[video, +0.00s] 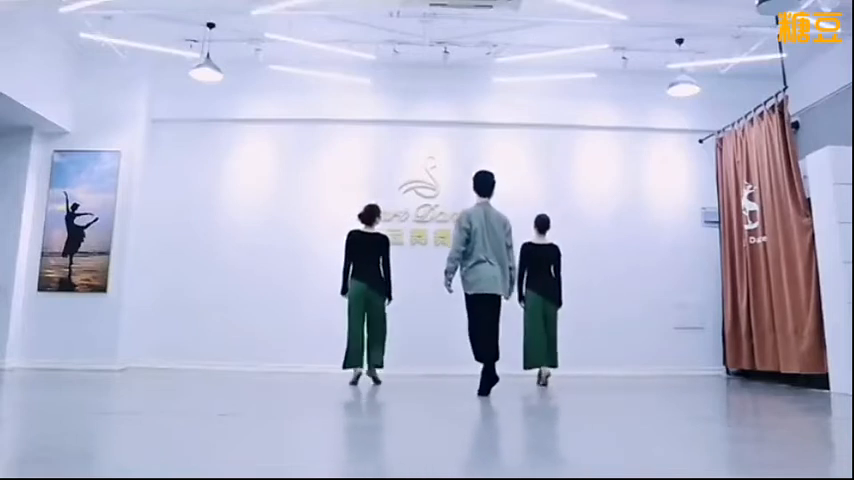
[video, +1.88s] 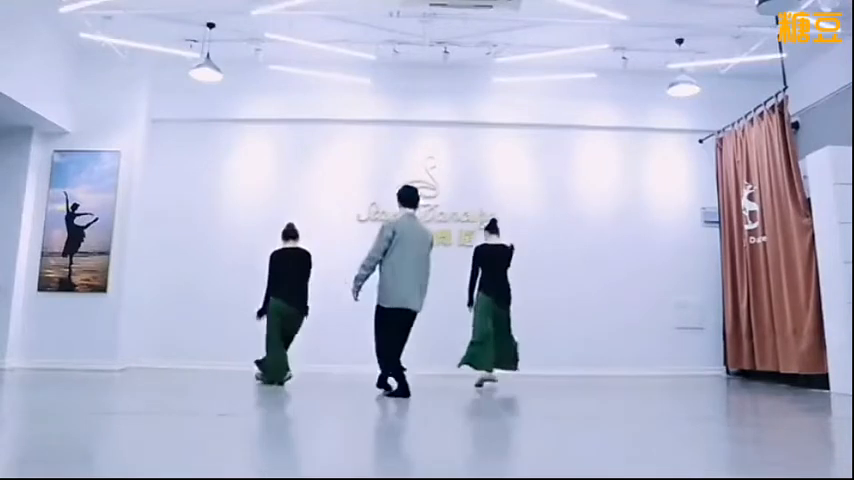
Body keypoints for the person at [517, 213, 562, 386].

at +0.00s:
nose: (538, 229)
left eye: (536, 226)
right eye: (542, 226)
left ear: (534, 227)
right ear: (548, 228)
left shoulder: (527, 247)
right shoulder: (554, 249)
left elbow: (521, 272)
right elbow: (558, 275)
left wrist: (520, 293)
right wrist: (559, 296)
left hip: (533, 292)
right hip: (550, 293)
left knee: (536, 330)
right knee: (548, 330)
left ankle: (542, 367)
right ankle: (545, 367)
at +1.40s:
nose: (516, 239)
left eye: (516, 237)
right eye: (519, 237)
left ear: (517, 238)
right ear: (531, 239)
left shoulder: (511, 259)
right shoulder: (537, 259)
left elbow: (507, 285)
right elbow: (547, 280)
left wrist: (507, 306)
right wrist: (556, 299)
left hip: (518, 303)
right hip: (537, 303)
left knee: (517, 338)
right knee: (539, 339)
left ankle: (519, 369)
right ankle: (539, 377)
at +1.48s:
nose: (512, 239)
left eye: (512, 236)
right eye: (515, 236)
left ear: (514, 238)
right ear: (527, 239)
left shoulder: (508, 259)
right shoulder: (534, 258)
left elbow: (505, 285)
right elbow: (547, 277)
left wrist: (504, 306)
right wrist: (559, 293)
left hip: (518, 303)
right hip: (535, 303)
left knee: (513, 337)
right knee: (538, 339)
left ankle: (513, 369)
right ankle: (538, 377)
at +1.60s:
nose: (503, 232)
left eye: (503, 230)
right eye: (504, 229)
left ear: (506, 230)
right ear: (518, 230)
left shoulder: (500, 249)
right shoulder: (525, 248)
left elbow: (494, 274)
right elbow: (542, 256)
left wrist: (492, 295)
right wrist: (553, 263)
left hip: (506, 296)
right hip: (524, 297)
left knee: (499, 332)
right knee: (531, 334)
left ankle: (489, 367)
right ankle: (537, 371)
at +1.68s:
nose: (499, 229)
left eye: (499, 227)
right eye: (500, 227)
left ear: (500, 227)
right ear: (514, 228)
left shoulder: (495, 245)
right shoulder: (521, 244)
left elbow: (489, 270)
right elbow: (538, 250)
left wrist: (486, 292)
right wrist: (547, 254)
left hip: (500, 292)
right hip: (518, 293)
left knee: (494, 329)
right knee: (525, 330)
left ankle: (484, 367)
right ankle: (534, 370)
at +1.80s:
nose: (489, 232)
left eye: (489, 230)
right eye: (493, 230)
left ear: (489, 230)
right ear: (503, 229)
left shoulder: (484, 246)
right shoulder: (509, 246)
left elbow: (477, 272)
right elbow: (518, 255)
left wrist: (474, 294)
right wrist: (522, 248)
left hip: (489, 290)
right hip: (506, 290)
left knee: (486, 329)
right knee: (506, 328)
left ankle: (484, 369)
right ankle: (507, 369)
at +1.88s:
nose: (487, 236)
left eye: (486, 233)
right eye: (491, 233)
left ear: (485, 233)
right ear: (498, 232)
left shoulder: (480, 249)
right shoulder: (506, 250)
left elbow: (474, 275)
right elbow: (506, 267)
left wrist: (470, 298)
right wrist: (510, 251)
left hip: (485, 292)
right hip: (503, 293)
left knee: (485, 331)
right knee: (497, 330)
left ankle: (486, 370)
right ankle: (490, 370)